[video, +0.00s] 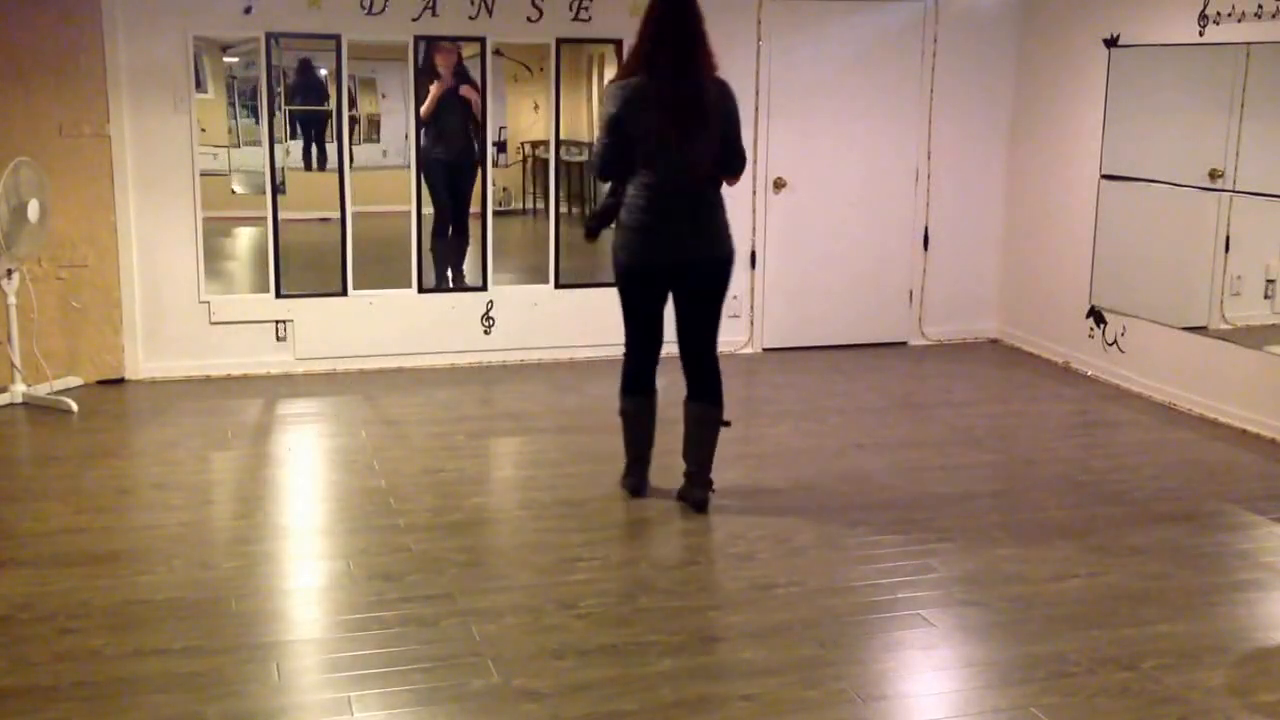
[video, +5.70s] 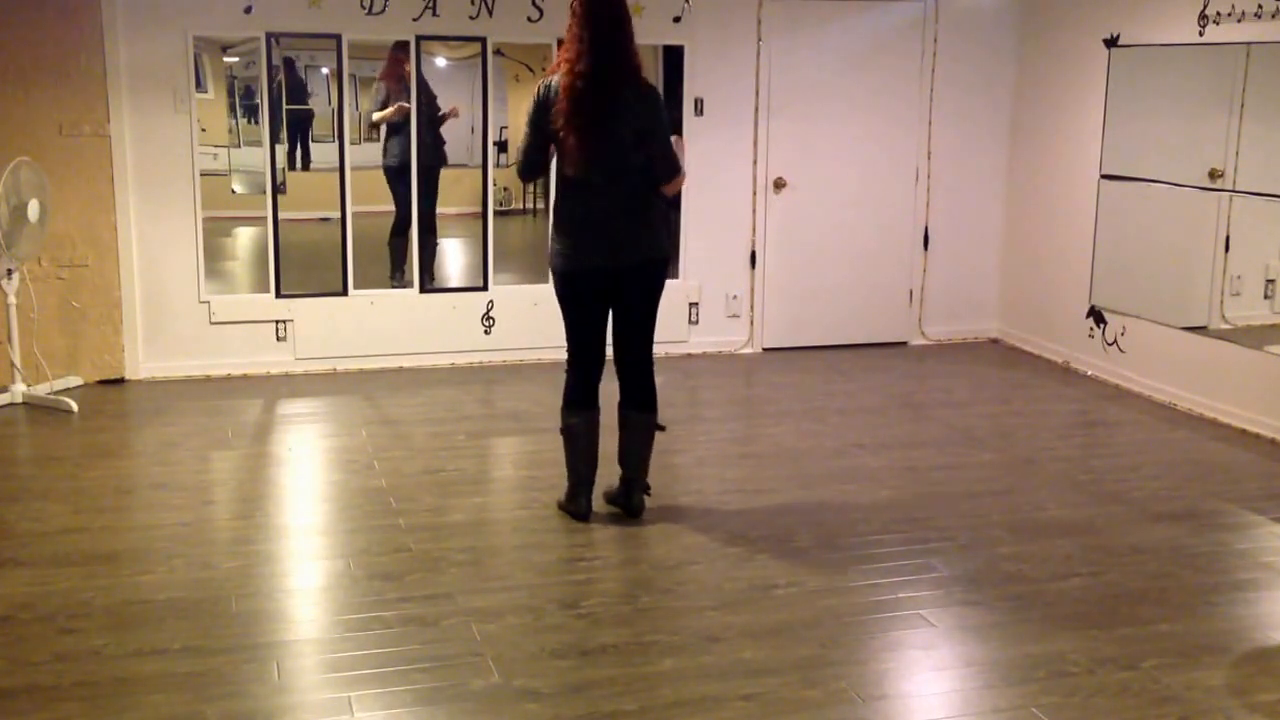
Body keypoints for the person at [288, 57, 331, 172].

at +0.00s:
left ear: (298, 69)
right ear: (312, 68)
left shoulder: (296, 82)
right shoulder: (317, 81)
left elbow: (290, 99)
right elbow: (325, 96)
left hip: (303, 113)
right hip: (319, 113)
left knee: (307, 141)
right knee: (320, 141)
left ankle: (307, 167)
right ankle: (321, 166)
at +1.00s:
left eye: (286, 67)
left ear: (286, 67)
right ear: (298, 66)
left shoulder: (284, 80)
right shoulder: (305, 79)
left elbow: (280, 96)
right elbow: (311, 96)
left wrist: (281, 108)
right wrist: (307, 102)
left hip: (290, 111)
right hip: (305, 110)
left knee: (291, 144)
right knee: (311, 141)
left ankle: (291, 170)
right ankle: (319, 167)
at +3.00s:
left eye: (284, 67)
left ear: (285, 67)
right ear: (297, 66)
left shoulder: (283, 82)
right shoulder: (302, 80)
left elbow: (280, 100)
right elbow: (308, 97)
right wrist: (311, 109)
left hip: (292, 113)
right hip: (307, 112)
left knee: (294, 142)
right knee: (307, 143)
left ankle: (292, 169)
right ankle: (306, 169)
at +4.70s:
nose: (282, 70)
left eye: (282, 68)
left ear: (283, 67)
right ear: (293, 65)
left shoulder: (282, 79)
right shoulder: (300, 77)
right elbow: (308, 94)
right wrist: (304, 101)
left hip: (287, 112)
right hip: (300, 112)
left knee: (288, 143)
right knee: (298, 142)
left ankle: (290, 168)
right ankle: (303, 166)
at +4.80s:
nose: (283, 70)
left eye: (283, 67)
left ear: (283, 67)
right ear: (294, 66)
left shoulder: (282, 81)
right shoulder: (300, 78)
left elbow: (278, 97)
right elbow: (311, 91)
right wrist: (304, 99)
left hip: (289, 113)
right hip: (303, 112)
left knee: (291, 143)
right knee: (302, 142)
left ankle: (290, 168)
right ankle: (305, 167)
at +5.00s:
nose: (284, 70)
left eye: (283, 67)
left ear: (283, 67)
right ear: (294, 65)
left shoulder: (282, 81)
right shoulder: (300, 77)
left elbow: (278, 96)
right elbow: (311, 91)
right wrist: (304, 98)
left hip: (289, 112)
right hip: (303, 112)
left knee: (291, 143)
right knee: (304, 142)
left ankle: (291, 168)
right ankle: (305, 168)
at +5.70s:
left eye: (283, 67)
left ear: (283, 67)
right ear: (294, 66)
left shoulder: (281, 82)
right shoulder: (300, 80)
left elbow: (278, 100)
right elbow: (305, 96)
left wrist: (280, 115)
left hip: (290, 115)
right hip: (304, 114)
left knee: (292, 145)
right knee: (305, 144)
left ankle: (291, 170)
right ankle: (306, 169)